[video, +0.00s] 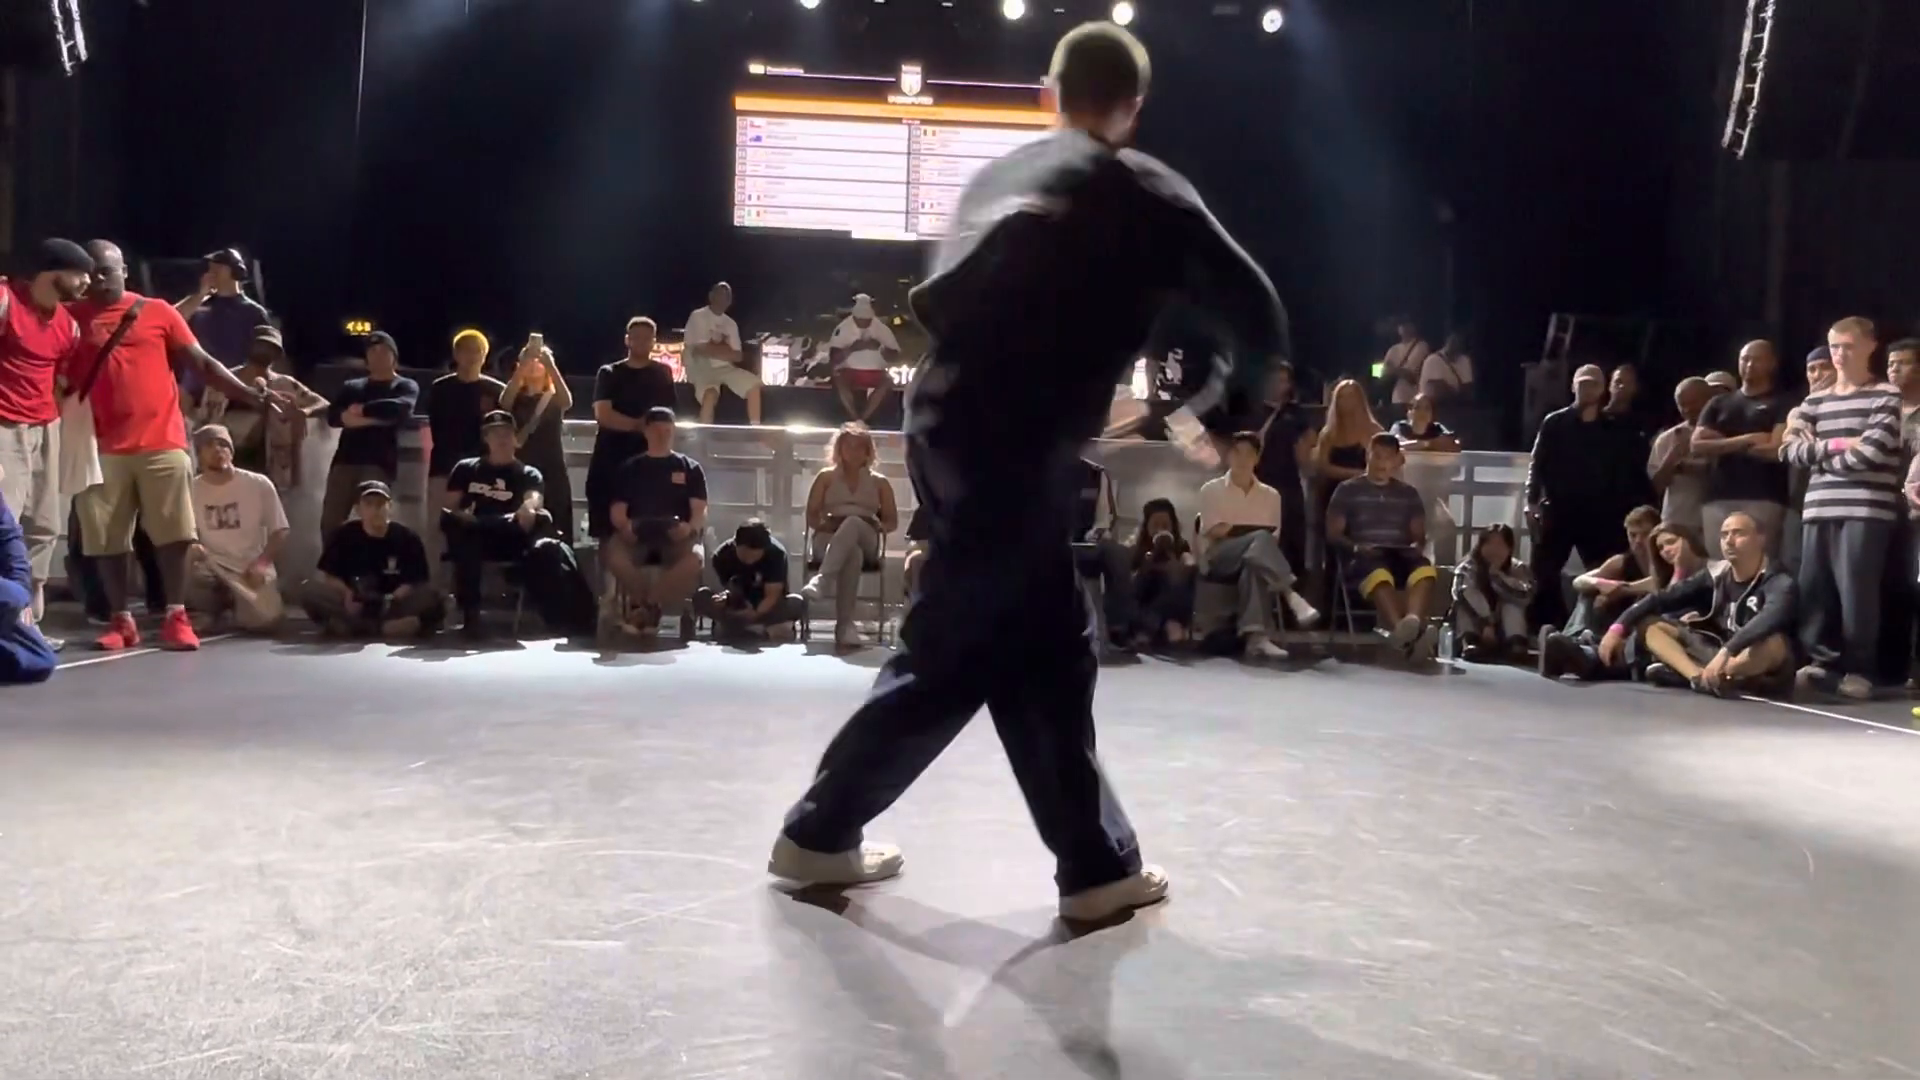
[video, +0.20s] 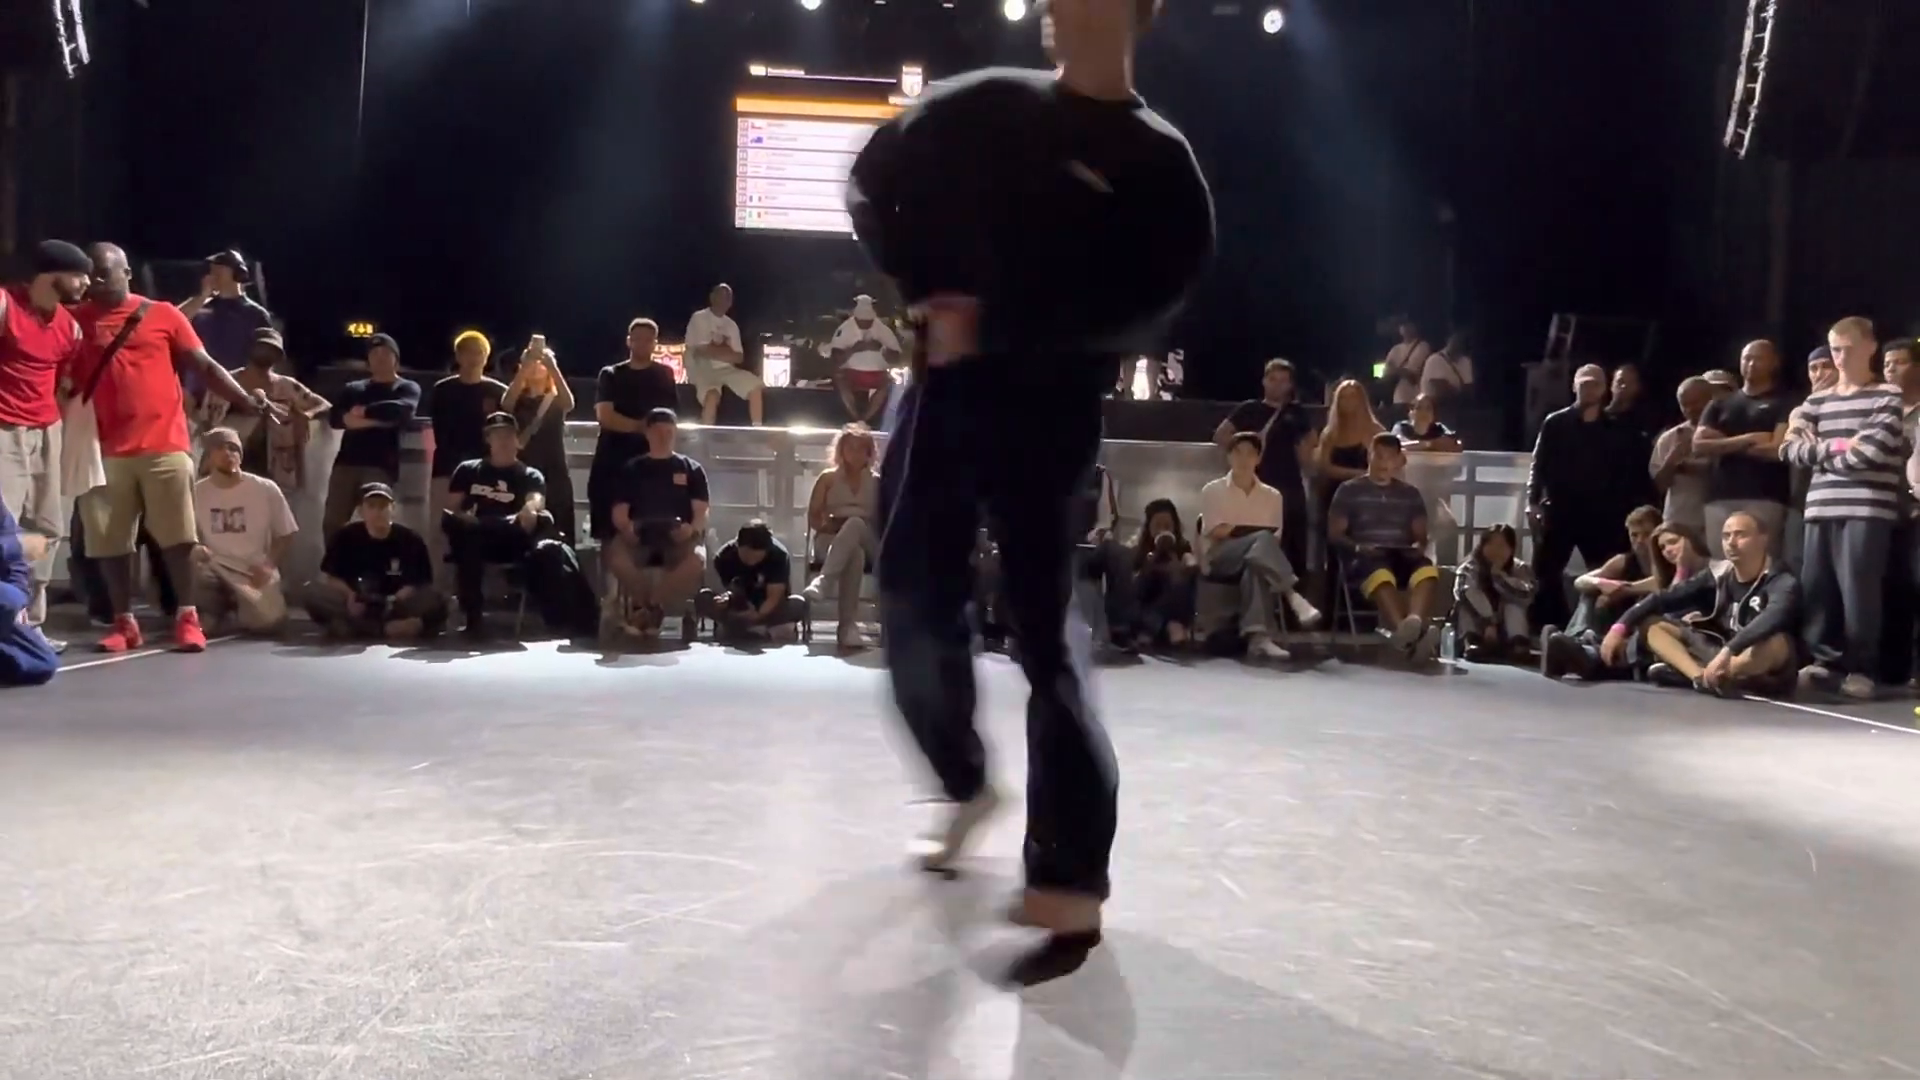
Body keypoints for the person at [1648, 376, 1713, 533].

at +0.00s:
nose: (1689, 412)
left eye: (1694, 406)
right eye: (1684, 407)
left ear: (1708, 402)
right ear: (1679, 408)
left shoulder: (1720, 435)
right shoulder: (1666, 439)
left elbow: (1724, 472)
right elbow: (1657, 484)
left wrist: (1683, 467)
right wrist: (1675, 453)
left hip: (1713, 517)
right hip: (1676, 519)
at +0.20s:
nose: (1691, 410)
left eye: (1696, 404)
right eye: (1686, 406)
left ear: (1709, 401)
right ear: (1681, 407)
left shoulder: (1721, 434)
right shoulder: (1668, 439)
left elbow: (1724, 471)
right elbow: (1659, 482)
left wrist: (1684, 466)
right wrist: (1675, 456)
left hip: (1714, 515)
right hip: (1678, 518)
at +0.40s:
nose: (1692, 410)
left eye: (1696, 403)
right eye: (1687, 404)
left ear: (1713, 402)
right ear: (1682, 406)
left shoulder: (1727, 433)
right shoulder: (1672, 438)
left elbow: (1728, 470)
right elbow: (1661, 481)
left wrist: (1688, 465)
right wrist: (1677, 456)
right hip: (1681, 518)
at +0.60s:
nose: (1697, 410)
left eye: (1703, 403)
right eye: (1692, 403)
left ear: (1718, 401)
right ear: (1687, 404)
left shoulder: (1729, 433)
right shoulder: (1674, 438)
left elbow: (1728, 470)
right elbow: (1664, 481)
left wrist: (1690, 464)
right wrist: (1681, 454)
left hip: (1720, 517)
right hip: (1684, 516)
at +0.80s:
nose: (1700, 410)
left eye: (1705, 403)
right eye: (1695, 404)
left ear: (1718, 400)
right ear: (1689, 404)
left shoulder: (1729, 433)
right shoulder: (1678, 438)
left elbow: (1733, 472)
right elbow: (1667, 481)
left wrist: (1692, 465)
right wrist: (1683, 456)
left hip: (1722, 514)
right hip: (1687, 516)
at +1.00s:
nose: (1702, 410)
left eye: (1707, 403)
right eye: (1698, 405)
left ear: (1720, 402)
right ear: (1693, 407)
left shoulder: (1731, 434)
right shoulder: (1680, 439)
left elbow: (1733, 470)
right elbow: (1671, 481)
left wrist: (1695, 466)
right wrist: (1686, 455)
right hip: (1689, 514)